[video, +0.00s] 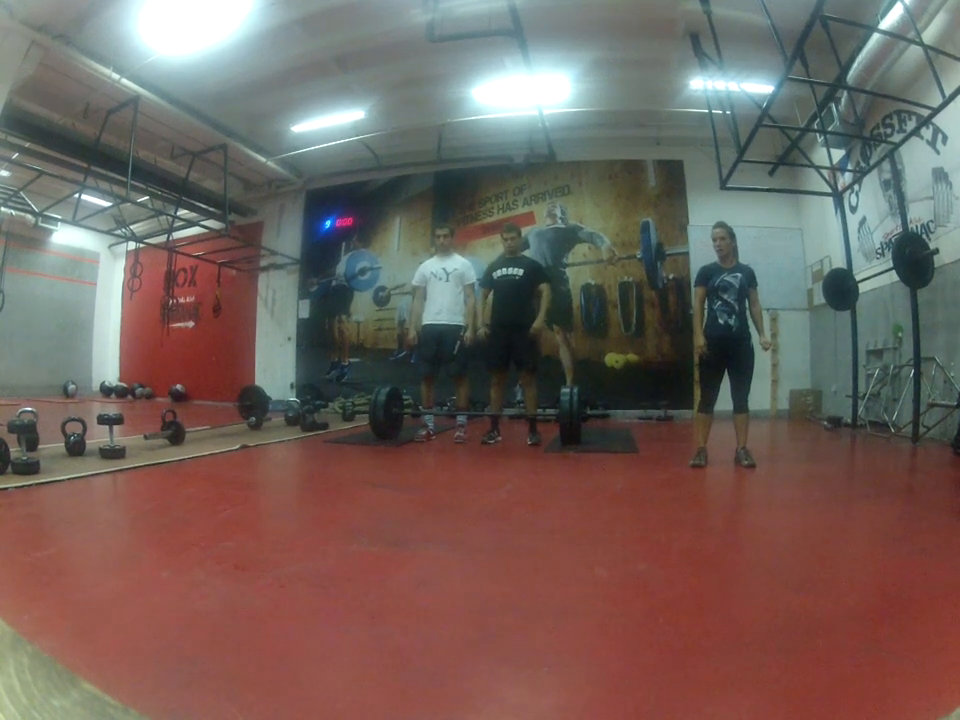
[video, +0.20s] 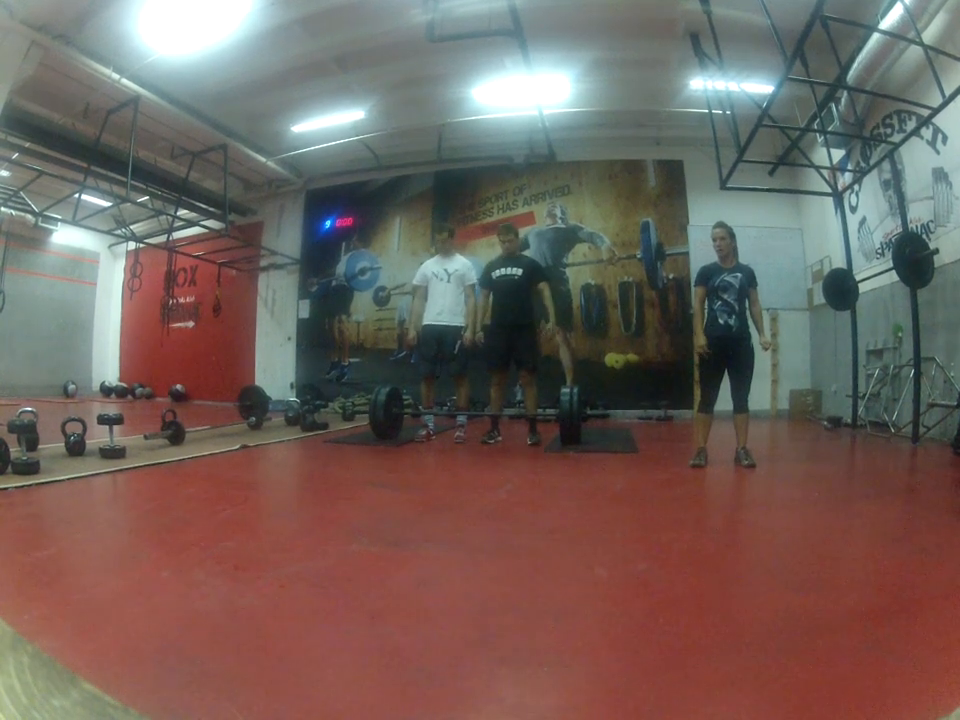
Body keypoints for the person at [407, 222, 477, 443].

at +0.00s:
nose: (442, 240)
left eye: (445, 236)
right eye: (438, 237)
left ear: (452, 239)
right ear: (434, 239)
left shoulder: (463, 264)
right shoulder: (425, 267)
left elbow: (470, 298)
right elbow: (417, 299)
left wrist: (470, 328)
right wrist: (413, 328)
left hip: (456, 327)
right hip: (429, 327)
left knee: (460, 377)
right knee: (427, 376)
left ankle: (461, 424)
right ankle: (428, 425)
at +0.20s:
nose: (442, 243)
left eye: (445, 239)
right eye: (439, 239)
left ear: (452, 240)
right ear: (435, 241)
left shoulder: (464, 265)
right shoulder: (426, 267)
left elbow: (471, 298)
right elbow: (418, 299)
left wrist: (470, 329)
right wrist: (413, 328)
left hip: (456, 328)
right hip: (429, 327)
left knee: (460, 376)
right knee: (427, 376)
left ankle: (461, 424)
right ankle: (428, 424)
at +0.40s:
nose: (439, 246)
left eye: (443, 242)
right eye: (437, 242)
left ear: (451, 241)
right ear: (434, 243)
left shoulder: (464, 266)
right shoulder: (427, 266)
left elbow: (471, 298)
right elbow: (418, 298)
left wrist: (468, 329)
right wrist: (412, 327)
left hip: (456, 328)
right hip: (429, 328)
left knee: (459, 377)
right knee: (427, 377)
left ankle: (461, 424)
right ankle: (427, 424)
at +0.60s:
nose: (438, 245)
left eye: (442, 241)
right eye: (436, 241)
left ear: (450, 242)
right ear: (433, 242)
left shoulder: (464, 266)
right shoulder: (427, 267)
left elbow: (470, 298)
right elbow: (419, 299)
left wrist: (468, 329)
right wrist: (413, 327)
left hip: (455, 328)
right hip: (429, 328)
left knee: (460, 377)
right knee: (427, 376)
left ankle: (461, 424)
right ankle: (427, 424)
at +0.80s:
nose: (434, 246)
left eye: (437, 242)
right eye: (433, 242)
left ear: (448, 242)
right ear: (433, 242)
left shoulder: (464, 266)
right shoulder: (427, 267)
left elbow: (470, 299)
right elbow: (419, 299)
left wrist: (468, 329)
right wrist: (413, 328)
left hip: (455, 329)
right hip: (428, 328)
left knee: (459, 377)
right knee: (427, 376)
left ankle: (461, 424)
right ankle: (427, 424)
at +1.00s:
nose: (431, 244)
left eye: (434, 240)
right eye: (431, 240)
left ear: (445, 241)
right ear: (436, 241)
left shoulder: (463, 265)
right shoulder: (426, 266)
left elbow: (470, 298)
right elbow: (419, 298)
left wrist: (467, 329)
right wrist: (413, 327)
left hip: (455, 328)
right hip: (428, 328)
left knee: (460, 376)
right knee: (427, 376)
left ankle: (461, 423)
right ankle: (428, 424)